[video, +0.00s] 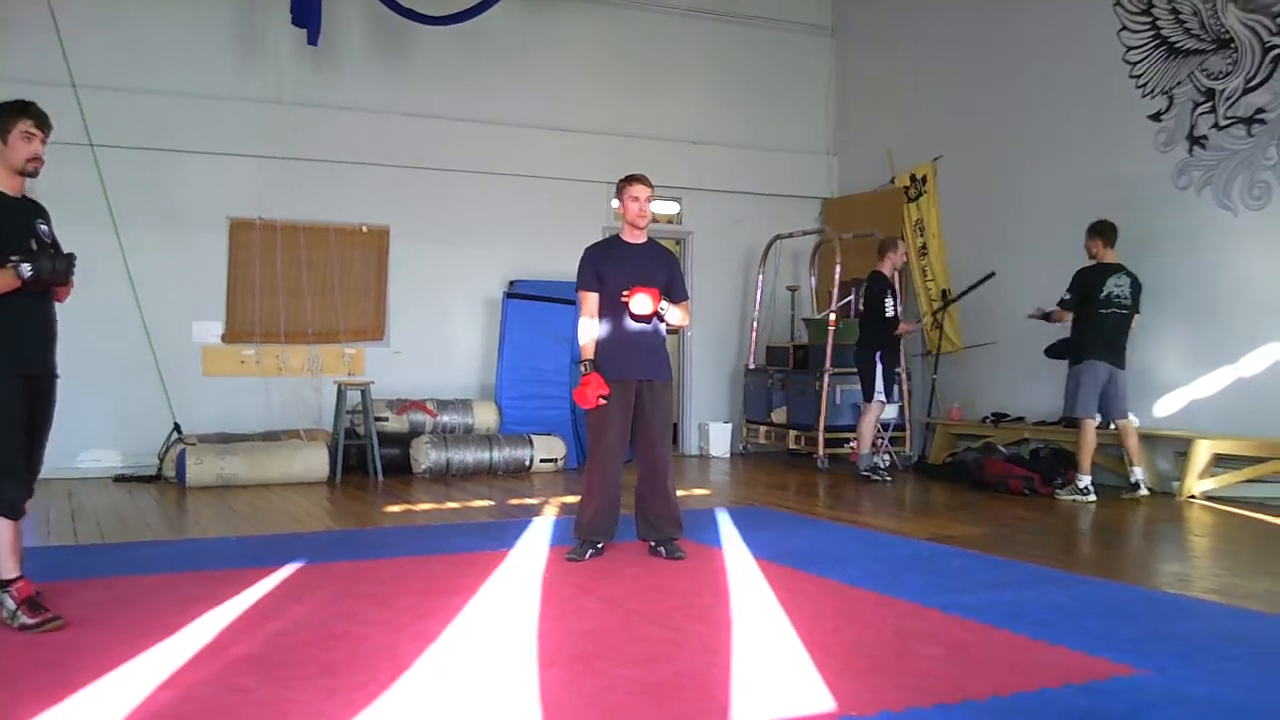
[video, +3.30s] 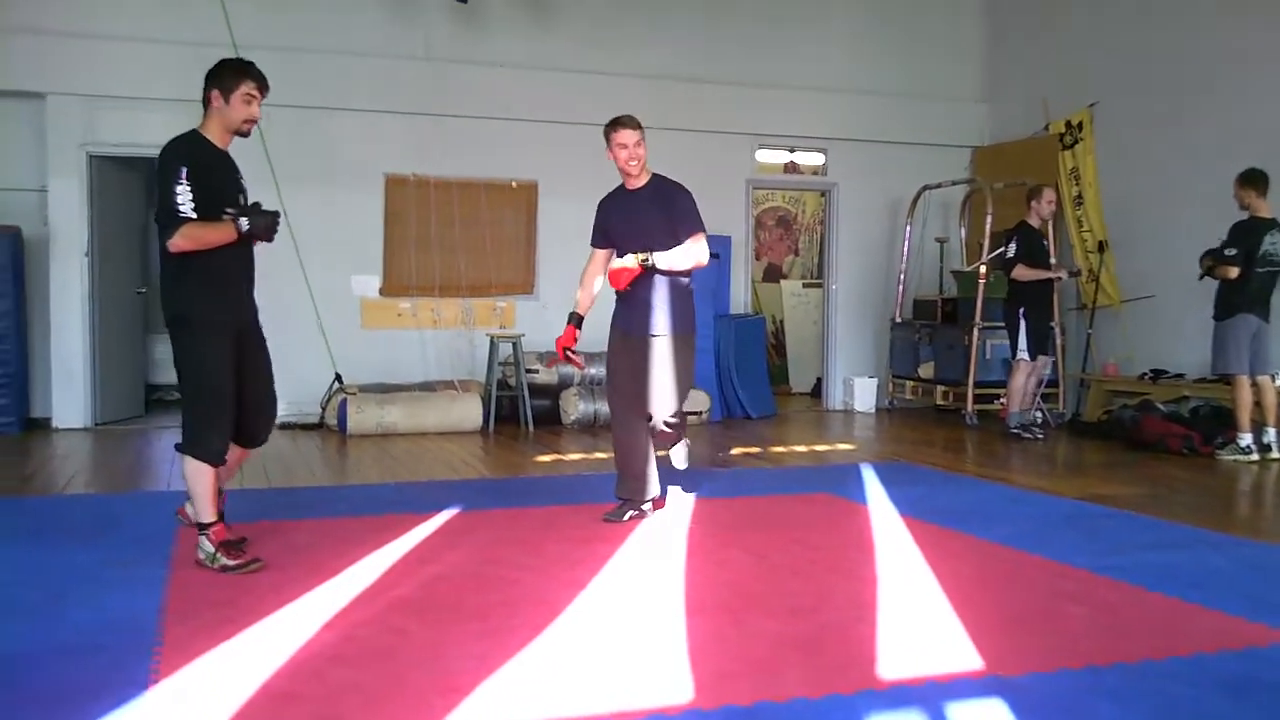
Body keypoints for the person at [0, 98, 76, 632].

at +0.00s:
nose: (38, 148)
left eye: (42, 140)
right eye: (28, 137)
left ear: (41, 149)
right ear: (2, 141)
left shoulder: (37, 212)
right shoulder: (2, 205)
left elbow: (56, 290)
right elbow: (3, 280)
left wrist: (58, 279)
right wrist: (27, 275)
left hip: (37, 364)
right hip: (8, 363)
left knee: (18, 480)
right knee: (11, 480)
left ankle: (11, 584)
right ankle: (12, 586)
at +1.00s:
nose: (75, 156)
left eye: (79, 149)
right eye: (65, 147)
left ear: (77, 158)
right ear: (34, 152)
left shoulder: (74, 226)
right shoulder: (6, 209)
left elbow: (93, 302)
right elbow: (0, 288)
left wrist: (89, 280)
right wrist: (48, 278)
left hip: (72, 366)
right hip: (16, 367)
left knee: (72, 469)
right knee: (11, 477)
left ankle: (73, 575)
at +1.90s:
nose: (123, 156)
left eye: (125, 148)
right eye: (116, 146)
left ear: (99, 150)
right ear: (83, 144)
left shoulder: (96, 215)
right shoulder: (43, 202)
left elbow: (88, 278)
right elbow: (36, 287)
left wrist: (117, 274)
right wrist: (104, 278)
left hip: (101, 364)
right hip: (53, 367)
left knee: (124, 466)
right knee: (45, 472)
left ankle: (147, 573)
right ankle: (31, 588)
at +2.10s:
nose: (177, 159)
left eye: (181, 151)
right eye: (168, 148)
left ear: (175, 158)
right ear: (138, 149)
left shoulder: (155, 219)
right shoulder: (103, 205)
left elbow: (150, 292)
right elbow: (94, 287)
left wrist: (178, 285)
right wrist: (160, 278)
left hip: (162, 365)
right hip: (115, 367)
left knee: (170, 465)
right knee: (95, 471)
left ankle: (177, 573)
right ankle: (63, 583)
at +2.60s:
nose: (228, 161)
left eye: (233, 154)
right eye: (220, 150)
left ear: (233, 163)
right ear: (193, 151)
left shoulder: (218, 224)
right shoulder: (147, 198)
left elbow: (229, 303)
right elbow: (120, 268)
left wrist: (224, 279)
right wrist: (188, 268)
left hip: (201, 357)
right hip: (153, 354)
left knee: (190, 464)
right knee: (159, 460)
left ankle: (171, 567)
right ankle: (118, 568)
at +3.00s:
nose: (226, 108)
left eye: (231, 100)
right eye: (218, 97)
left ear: (229, 104)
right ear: (188, 95)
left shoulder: (215, 166)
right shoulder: (146, 147)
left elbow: (229, 247)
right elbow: (126, 224)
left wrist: (231, 226)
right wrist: (196, 218)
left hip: (209, 306)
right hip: (164, 305)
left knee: (195, 409)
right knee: (179, 410)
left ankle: (161, 511)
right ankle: (187, 530)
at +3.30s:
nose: (256, 113)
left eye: (260, 104)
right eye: (249, 100)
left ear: (245, 105)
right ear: (216, 97)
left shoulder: (226, 164)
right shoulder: (182, 153)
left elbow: (216, 230)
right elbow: (178, 237)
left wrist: (246, 227)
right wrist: (242, 226)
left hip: (237, 311)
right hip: (199, 313)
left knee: (255, 417)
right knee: (207, 421)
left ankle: (200, 498)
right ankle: (210, 540)